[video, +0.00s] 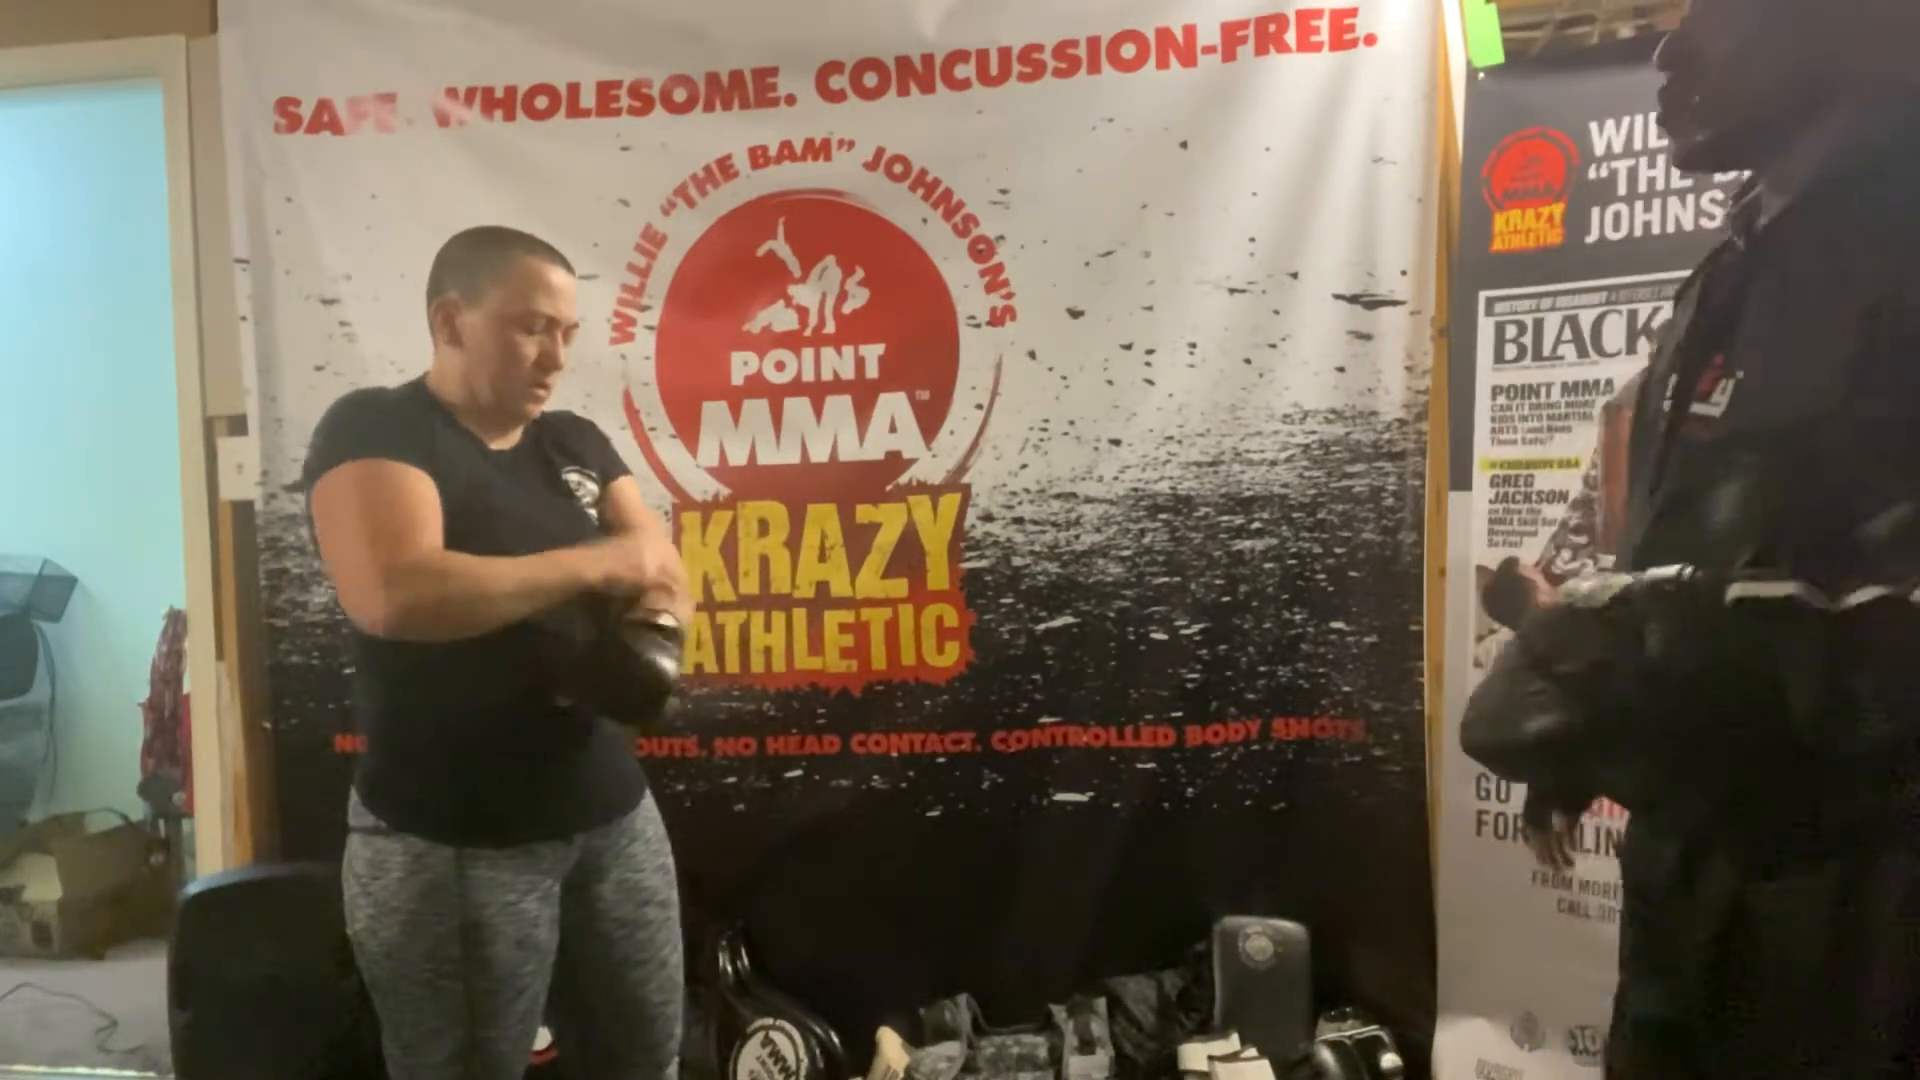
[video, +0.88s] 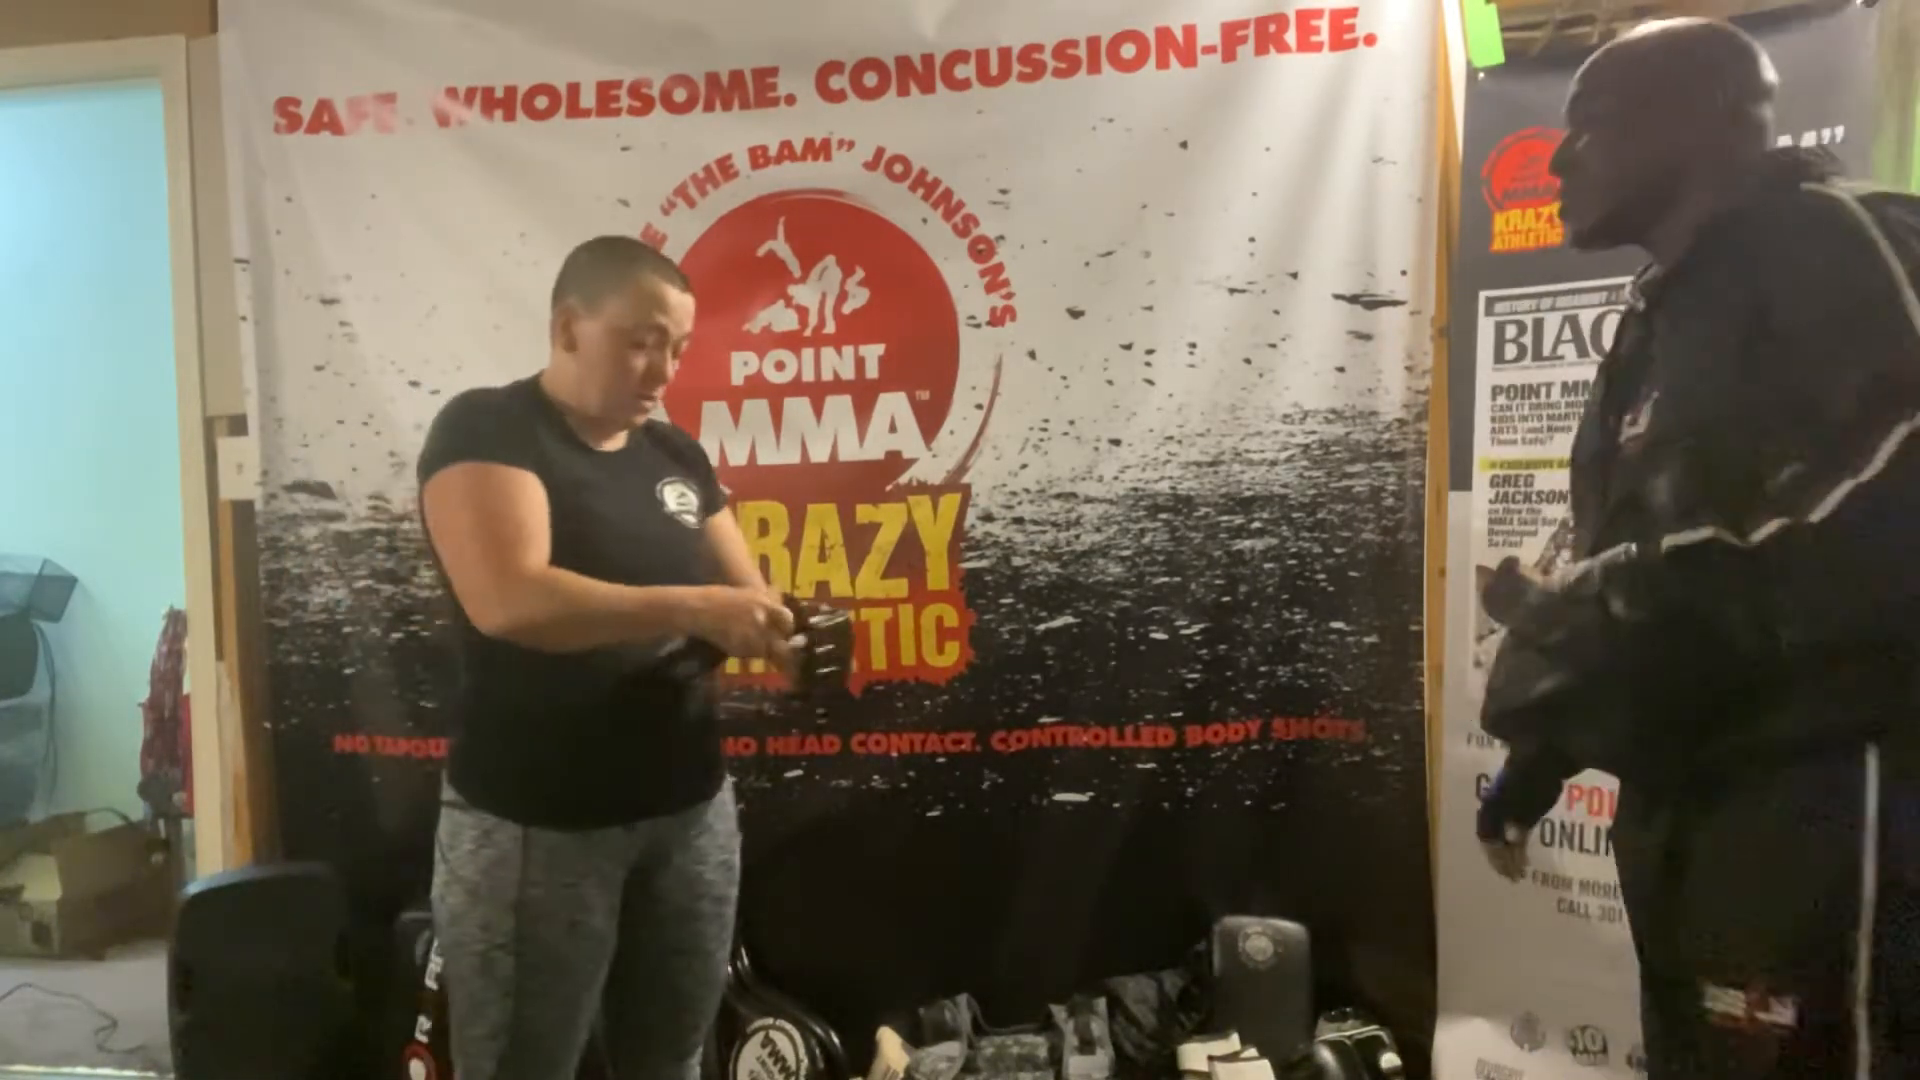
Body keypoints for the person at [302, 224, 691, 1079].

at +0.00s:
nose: (554, 356)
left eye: (564, 333)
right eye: (533, 327)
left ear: (570, 337)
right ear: (450, 318)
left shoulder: (573, 443)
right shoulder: (370, 430)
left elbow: (659, 565)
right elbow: (392, 594)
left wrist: (651, 633)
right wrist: (598, 561)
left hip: (611, 825)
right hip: (450, 850)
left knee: (641, 1063)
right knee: (467, 1066)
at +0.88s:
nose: (662, 369)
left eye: (675, 348)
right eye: (643, 341)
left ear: (682, 347)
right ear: (568, 326)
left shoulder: (676, 456)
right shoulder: (482, 429)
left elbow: (743, 595)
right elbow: (506, 598)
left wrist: (784, 635)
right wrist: (699, 609)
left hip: (687, 822)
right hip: (529, 832)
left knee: (665, 1065)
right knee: (518, 1067)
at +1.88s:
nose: (617, 360)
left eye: (627, 336)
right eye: (599, 332)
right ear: (515, 319)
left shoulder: (621, 445)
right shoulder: (423, 426)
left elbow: (644, 601)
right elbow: (404, 616)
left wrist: (702, 619)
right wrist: (601, 617)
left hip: (652, 831)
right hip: (490, 849)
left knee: (645, 1066)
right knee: (485, 1068)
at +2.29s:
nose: (628, 347)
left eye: (634, 323)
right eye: (606, 320)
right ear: (520, 317)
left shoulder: (626, 449)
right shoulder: (428, 435)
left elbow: (645, 600)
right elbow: (394, 624)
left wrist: (725, 633)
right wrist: (592, 621)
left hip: (657, 828)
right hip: (499, 846)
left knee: (646, 1064)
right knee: (492, 1067)